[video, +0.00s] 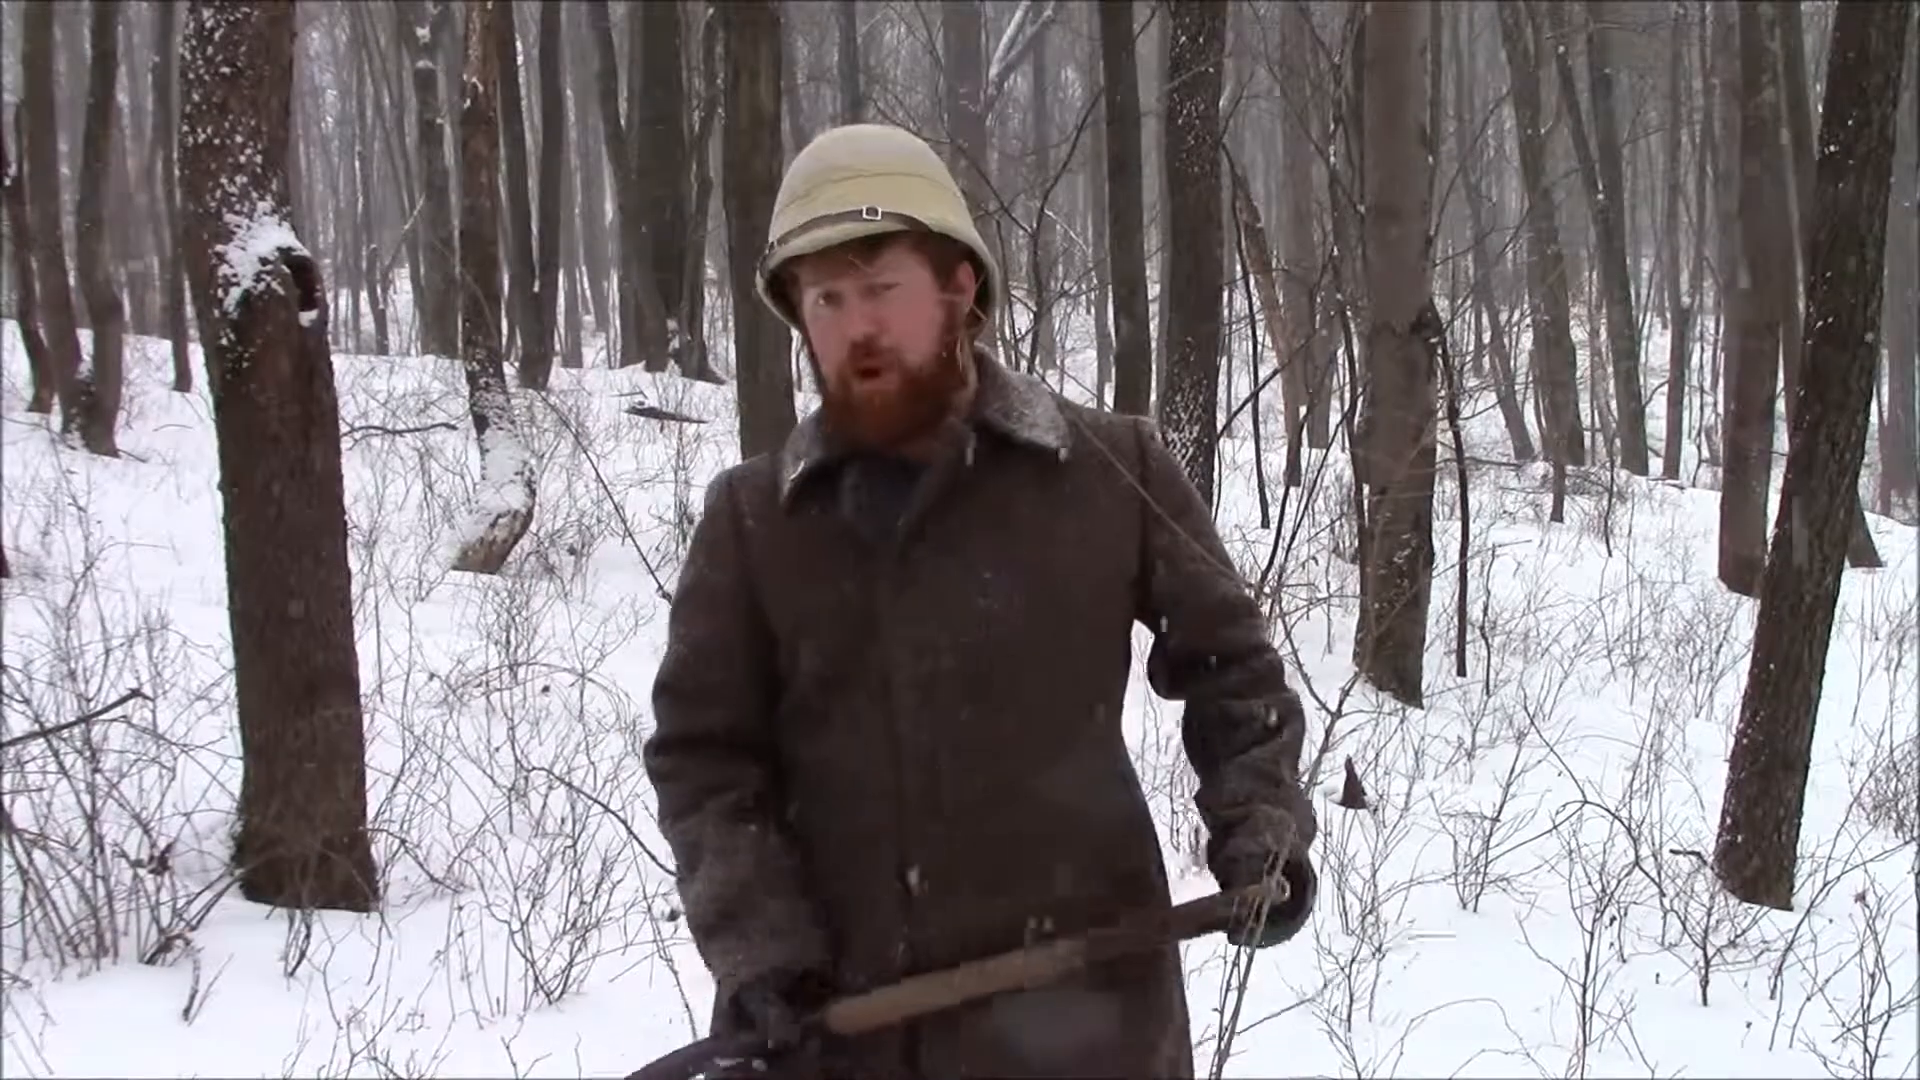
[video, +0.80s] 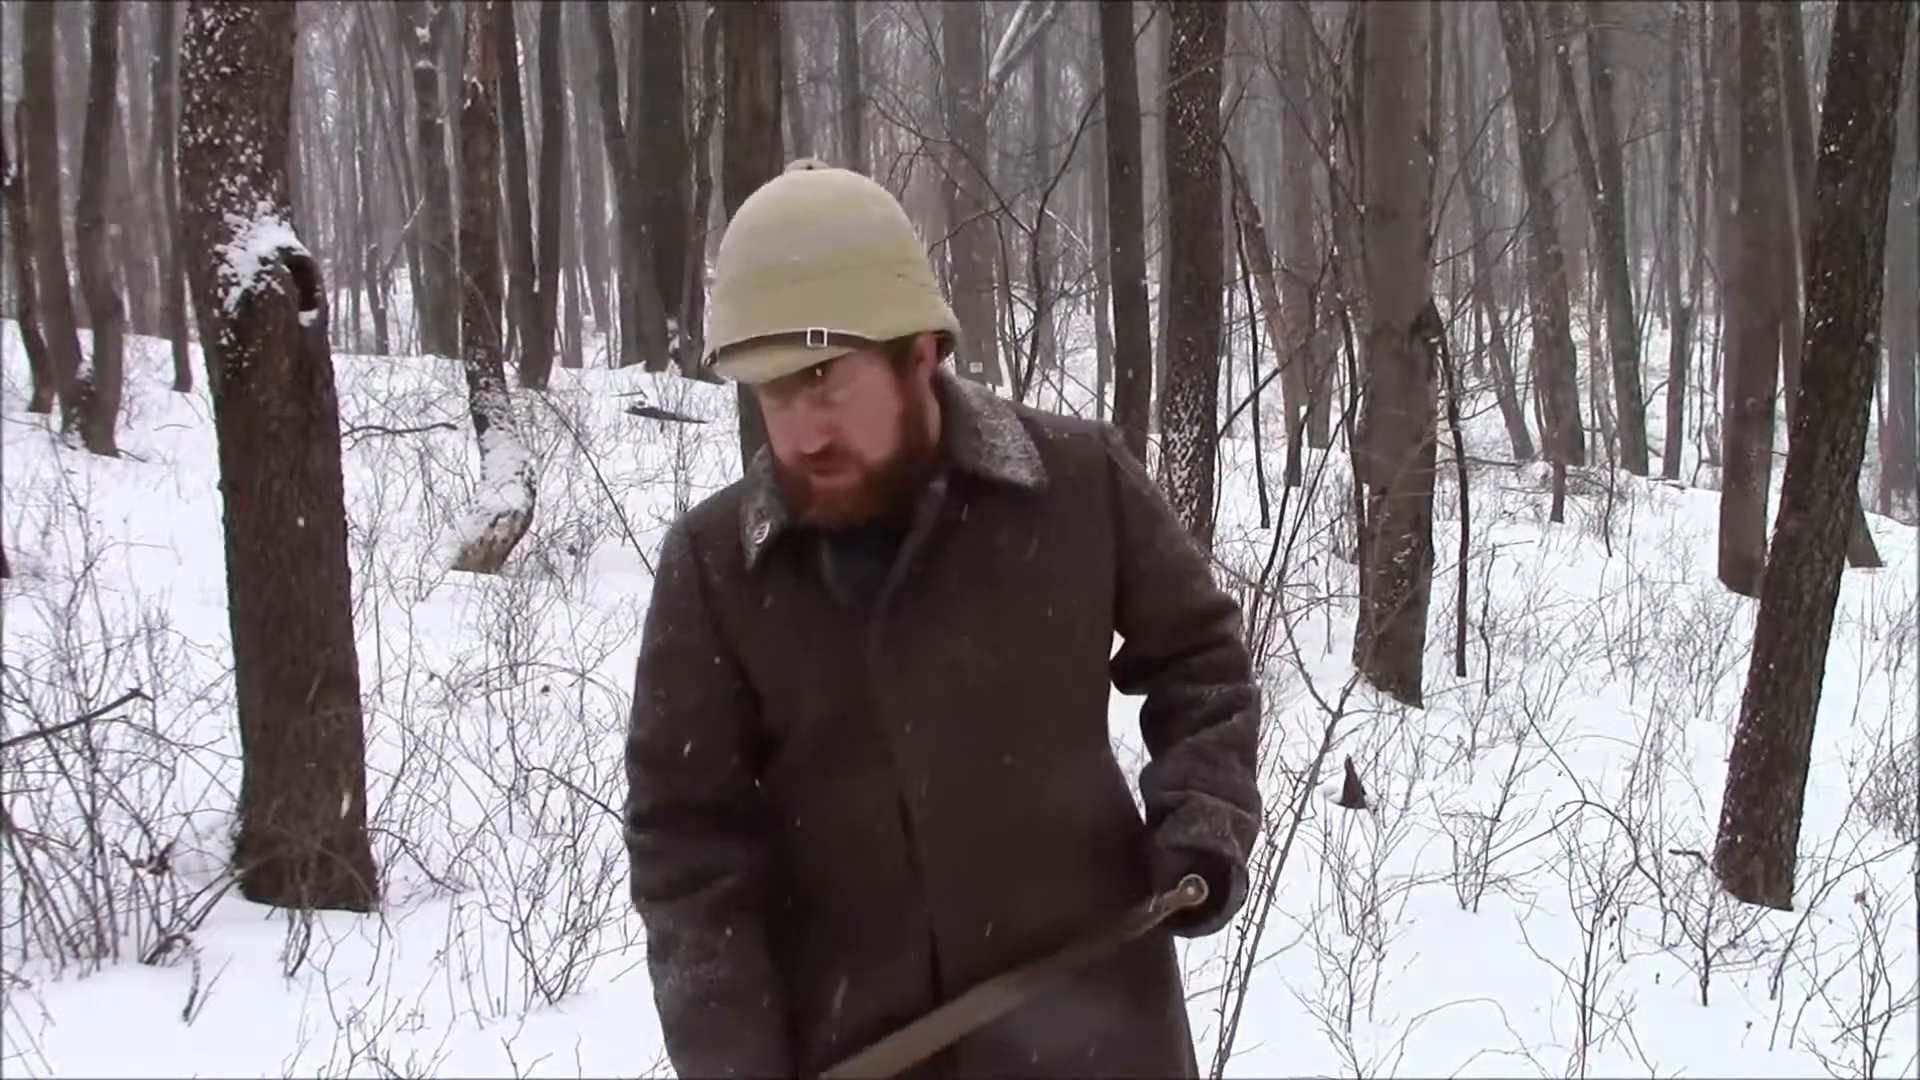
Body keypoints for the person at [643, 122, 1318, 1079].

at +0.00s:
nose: (858, 329)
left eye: (884, 287)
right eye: (828, 300)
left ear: (962, 289)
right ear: (799, 322)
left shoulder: (1116, 473)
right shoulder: (749, 520)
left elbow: (1230, 668)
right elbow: (701, 760)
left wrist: (1259, 827)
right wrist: (763, 955)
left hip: (1084, 1014)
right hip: (847, 1027)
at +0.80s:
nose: (801, 435)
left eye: (826, 381)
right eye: (771, 393)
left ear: (921, 350)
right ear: (747, 393)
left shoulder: (1084, 485)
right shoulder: (712, 566)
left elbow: (1197, 656)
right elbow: (688, 847)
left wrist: (1201, 823)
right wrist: (732, 1060)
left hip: (1088, 1030)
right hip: (848, 1048)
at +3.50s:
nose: (822, 340)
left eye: (857, 301)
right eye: (804, 308)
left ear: (950, 318)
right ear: (784, 321)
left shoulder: (1076, 528)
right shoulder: (712, 519)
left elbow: (1154, 762)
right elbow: (638, 752)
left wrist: (1101, 921)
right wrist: (602, 939)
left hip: (976, 1038)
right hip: (717, 1040)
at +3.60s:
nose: (789, 353)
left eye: (824, 313)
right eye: (769, 320)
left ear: (915, 331)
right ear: (745, 336)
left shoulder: (1039, 543)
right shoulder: (667, 531)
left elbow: (1113, 796)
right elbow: (592, 778)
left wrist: (1050, 968)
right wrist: (560, 978)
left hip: (934, 1042)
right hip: (674, 1044)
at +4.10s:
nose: (590, 337)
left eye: (622, 294)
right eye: (560, 302)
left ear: (709, 296)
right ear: (527, 315)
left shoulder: (850, 486)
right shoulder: (446, 507)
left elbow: (940, 723)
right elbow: (363, 780)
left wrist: (910, 907)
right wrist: (342, 1018)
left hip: (813, 1039)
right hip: (541, 1049)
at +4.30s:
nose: (521, 336)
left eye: (551, 289)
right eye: (497, 302)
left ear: (653, 278)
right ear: (476, 313)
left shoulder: (834, 485)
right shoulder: (428, 519)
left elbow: (943, 711)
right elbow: (362, 785)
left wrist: (946, 884)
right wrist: (372, 1005)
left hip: (806, 1040)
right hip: (530, 1052)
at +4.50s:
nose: (503, 318)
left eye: (531, 269)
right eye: (478, 288)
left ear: (635, 258)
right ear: (464, 304)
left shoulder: (834, 466)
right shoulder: (433, 521)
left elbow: (959, 691)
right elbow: (387, 800)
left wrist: (929, 836)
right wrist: (382, 1017)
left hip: (807, 1041)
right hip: (532, 1047)